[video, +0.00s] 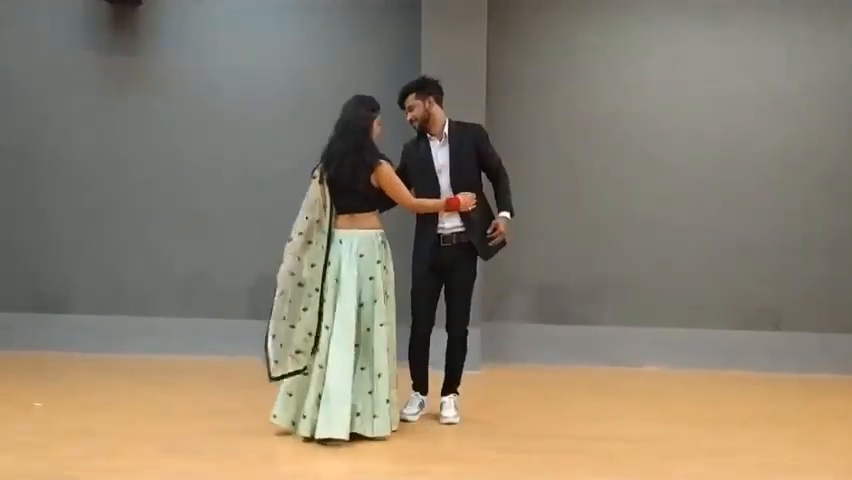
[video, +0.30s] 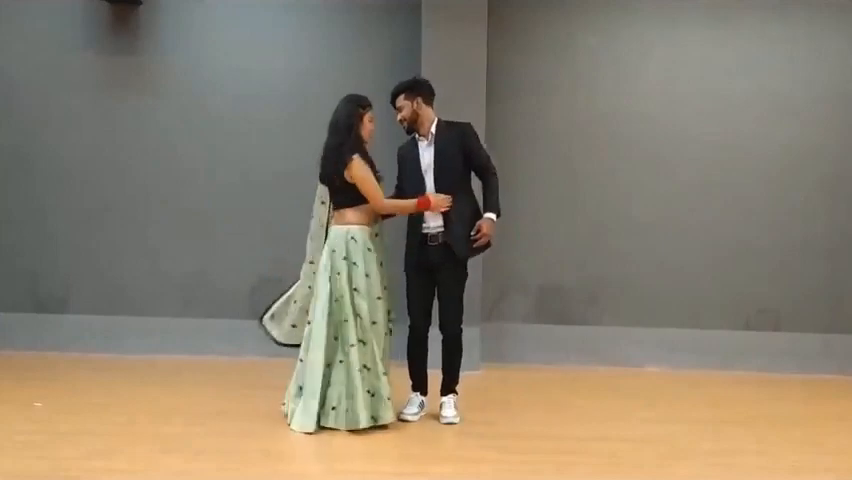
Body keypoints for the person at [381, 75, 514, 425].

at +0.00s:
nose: (408, 116)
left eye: (412, 108)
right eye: (406, 111)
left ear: (432, 102)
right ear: (416, 110)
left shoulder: (472, 135)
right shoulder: (413, 148)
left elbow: (498, 174)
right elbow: (395, 192)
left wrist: (505, 214)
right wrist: (360, 208)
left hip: (464, 243)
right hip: (428, 243)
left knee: (457, 325)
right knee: (421, 322)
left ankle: (450, 396)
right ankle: (419, 394)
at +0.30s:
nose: (398, 116)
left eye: (401, 108)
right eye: (396, 111)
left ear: (420, 103)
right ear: (413, 107)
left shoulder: (460, 133)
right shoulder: (406, 150)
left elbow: (488, 173)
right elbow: (402, 194)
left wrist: (490, 216)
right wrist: (379, 210)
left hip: (453, 241)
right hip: (418, 243)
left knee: (451, 325)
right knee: (418, 324)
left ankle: (449, 396)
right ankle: (418, 395)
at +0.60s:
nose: (387, 117)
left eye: (391, 109)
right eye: (386, 111)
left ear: (409, 104)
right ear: (405, 108)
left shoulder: (448, 130)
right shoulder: (402, 151)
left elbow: (478, 169)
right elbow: (412, 198)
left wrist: (475, 210)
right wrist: (383, 208)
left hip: (445, 240)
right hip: (413, 242)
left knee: (448, 322)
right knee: (415, 323)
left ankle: (452, 395)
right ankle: (418, 395)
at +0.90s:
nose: (390, 119)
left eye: (393, 111)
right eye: (389, 113)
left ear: (412, 107)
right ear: (407, 111)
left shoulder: (449, 130)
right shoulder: (407, 154)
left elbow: (482, 163)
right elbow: (418, 202)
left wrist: (482, 204)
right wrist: (394, 212)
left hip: (457, 242)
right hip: (424, 246)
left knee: (470, 323)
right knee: (418, 325)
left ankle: (483, 394)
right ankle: (419, 396)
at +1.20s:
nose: (423, 128)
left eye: (427, 120)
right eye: (421, 123)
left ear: (448, 116)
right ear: (438, 121)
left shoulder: (488, 142)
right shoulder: (433, 166)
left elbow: (518, 174)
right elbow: (417, 213)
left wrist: (539, 215)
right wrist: (381, 219)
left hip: (486, 255)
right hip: (448, 258)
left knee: (501, 333)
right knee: (428, 326)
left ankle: (502, 399)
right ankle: (419, 397)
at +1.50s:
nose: (469, 111)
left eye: (473, 104)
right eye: (466, 106)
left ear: (494, 102)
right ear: (474, 107)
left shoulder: (525, 139)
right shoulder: (465, 139)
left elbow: (541, 175)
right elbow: (425, 153)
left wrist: (561, 211)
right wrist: (379, 158)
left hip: (503, 251)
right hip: (465, 247)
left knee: (508, 330)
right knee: (439, 318)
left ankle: (503, 399)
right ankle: (415, 389)